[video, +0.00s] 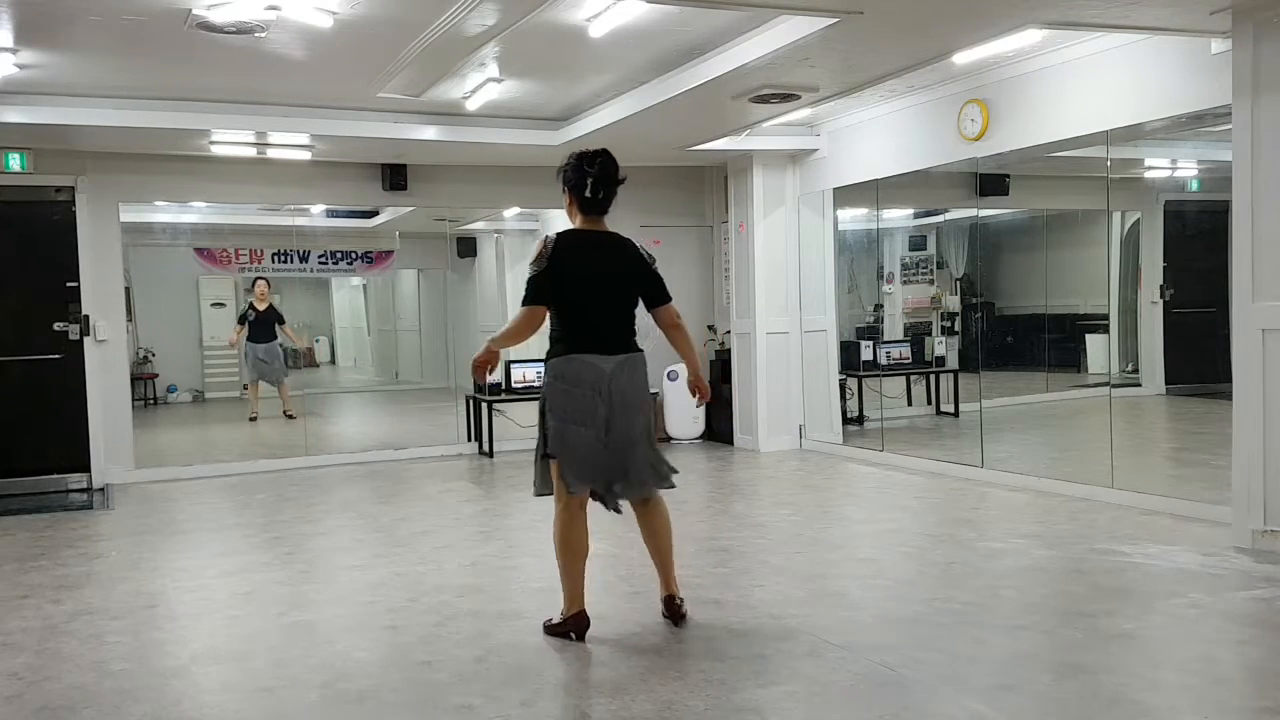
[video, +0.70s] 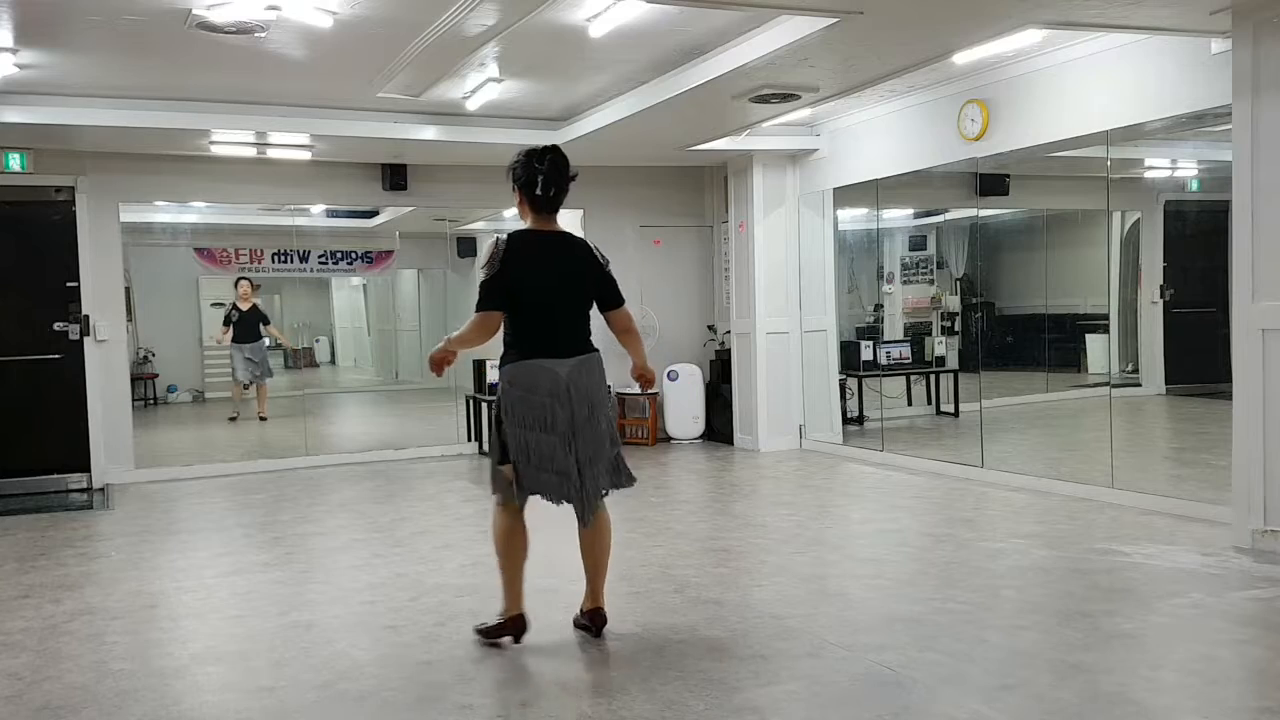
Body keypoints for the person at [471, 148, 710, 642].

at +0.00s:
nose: (563, 200)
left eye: (563, 194)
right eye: (567, 193)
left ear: (568, 197)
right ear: (612, 197)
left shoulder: (553, 251)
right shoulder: (631, 252)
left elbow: (531, 319)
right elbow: (669, 319)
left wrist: (494, 346)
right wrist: (695, 369)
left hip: (570, 378)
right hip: (628, 377)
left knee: (570, 496)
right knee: (644, 485)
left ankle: (574, 612)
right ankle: (671, 594)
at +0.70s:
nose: (513, 199)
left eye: (513, 192)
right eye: (516, 191)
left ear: (520, 196)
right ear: (564, 195)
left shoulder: (507, 251)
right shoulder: (585, 252)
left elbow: (487, 322)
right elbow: (621, 321)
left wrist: (452, 345)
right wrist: (641, 361)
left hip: (523, 379)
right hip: (583, 376)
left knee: (509, 497)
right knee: (591, 493)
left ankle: (513, 613)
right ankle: (594, 606)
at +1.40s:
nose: (428, 198)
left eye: (424, 191)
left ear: (424, 197)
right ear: (473, 195)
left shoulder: (408, 254)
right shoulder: (494, 252)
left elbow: (376, 320)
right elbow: (538, 320)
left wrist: (356, 358)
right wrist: (584, 371)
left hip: (430, 383)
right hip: (493, 382)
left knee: (448, 508)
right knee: (503, 500)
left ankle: (472, 623)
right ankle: (504, 612)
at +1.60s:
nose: (416, 201)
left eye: (410, 194)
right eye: (436, 192)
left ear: (408, 199)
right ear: (458, 196)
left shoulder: (391, 258)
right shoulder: (481, 255)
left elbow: (357, 333)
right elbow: (525, 323)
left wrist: (323, 390)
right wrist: (570, 374)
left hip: (409, 392)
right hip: (471, 391)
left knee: (439, 510)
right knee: (474, 510)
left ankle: (470, 621)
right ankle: (434, 626)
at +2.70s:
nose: (281, 188)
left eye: (278, 181)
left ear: (281, 187)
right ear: (336, 187)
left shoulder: (267, 250)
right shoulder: (357, 252)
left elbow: (235, 328)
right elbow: (411, 323)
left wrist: (202, 358)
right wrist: (461, 380)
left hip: (299, 392)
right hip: (359, 390)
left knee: (320, 527)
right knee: (328, 520)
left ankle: (349, 660)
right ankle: (318, 638)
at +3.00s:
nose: (250, 188)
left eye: (250, 181)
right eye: (254, 180)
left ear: (255, 187)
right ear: (309, 187)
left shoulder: (249, 246)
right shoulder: (329, 252)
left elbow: (231, 325)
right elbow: (381, 319)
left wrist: (176, 364)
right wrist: (432, 367)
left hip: (271, 389)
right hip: (325, 388)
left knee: (296, 523)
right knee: (284, 525)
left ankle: (341, 649)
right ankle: (259, 646)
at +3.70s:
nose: (198, 194)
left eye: (196, 186)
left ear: (199, 194)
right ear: (255, 195)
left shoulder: (187, 251)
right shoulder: (276, 257)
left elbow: (168, 323)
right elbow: (319, 335)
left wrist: (111, 366)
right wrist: (307, 347)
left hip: (218, 398)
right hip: (285, 394)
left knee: (196, 527)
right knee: (275, 522)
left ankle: (246, 636)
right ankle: (259, 643)